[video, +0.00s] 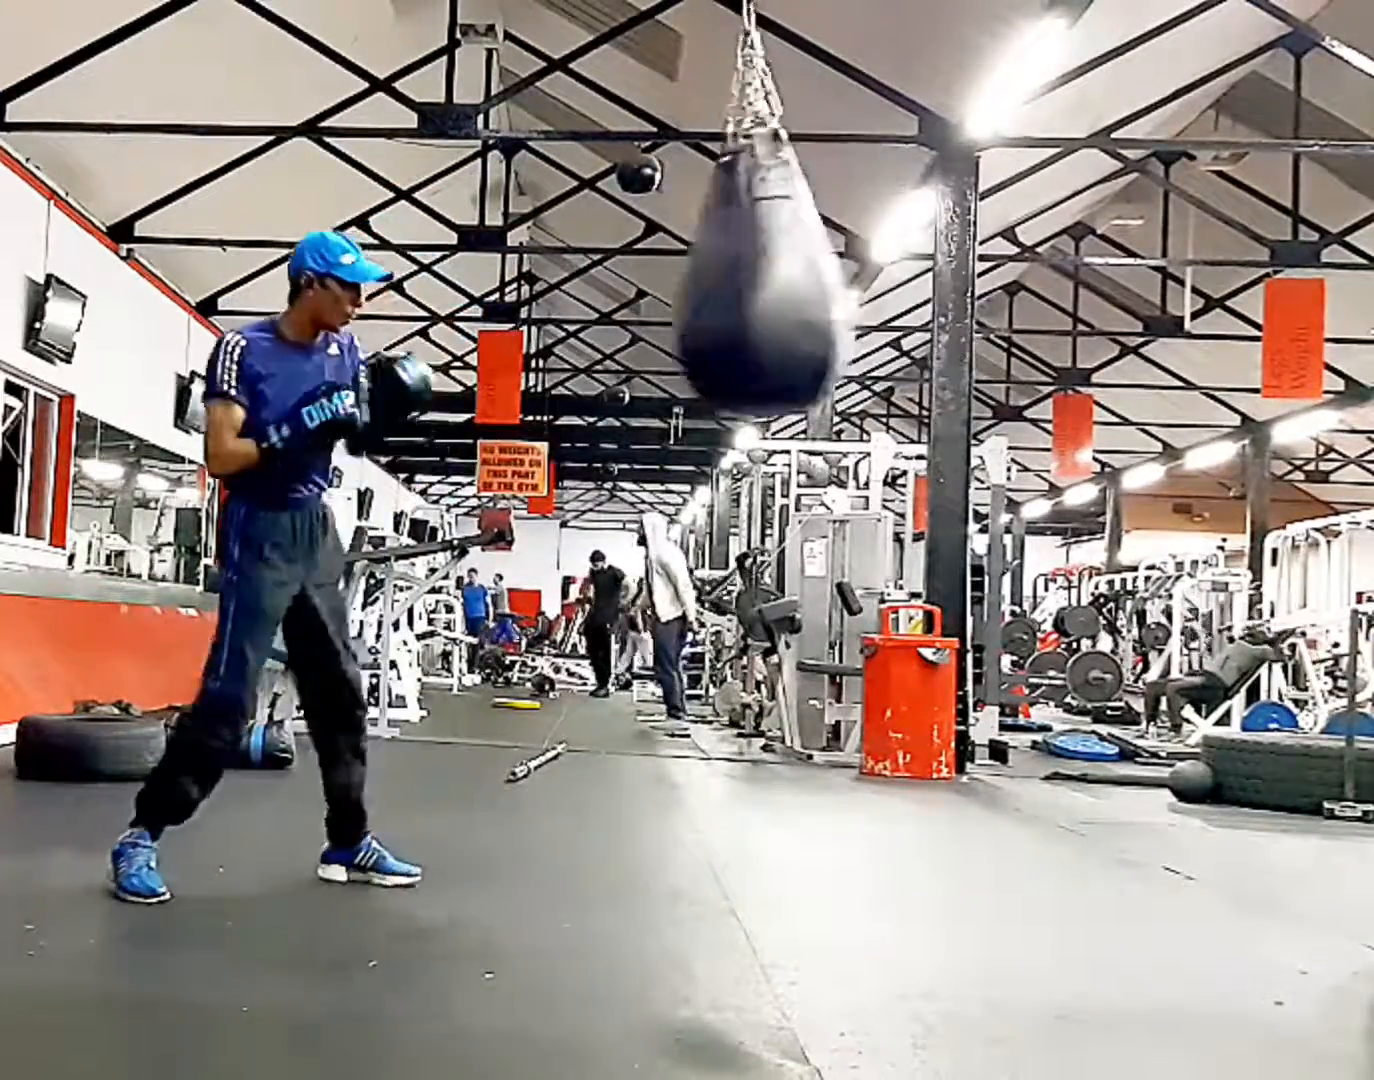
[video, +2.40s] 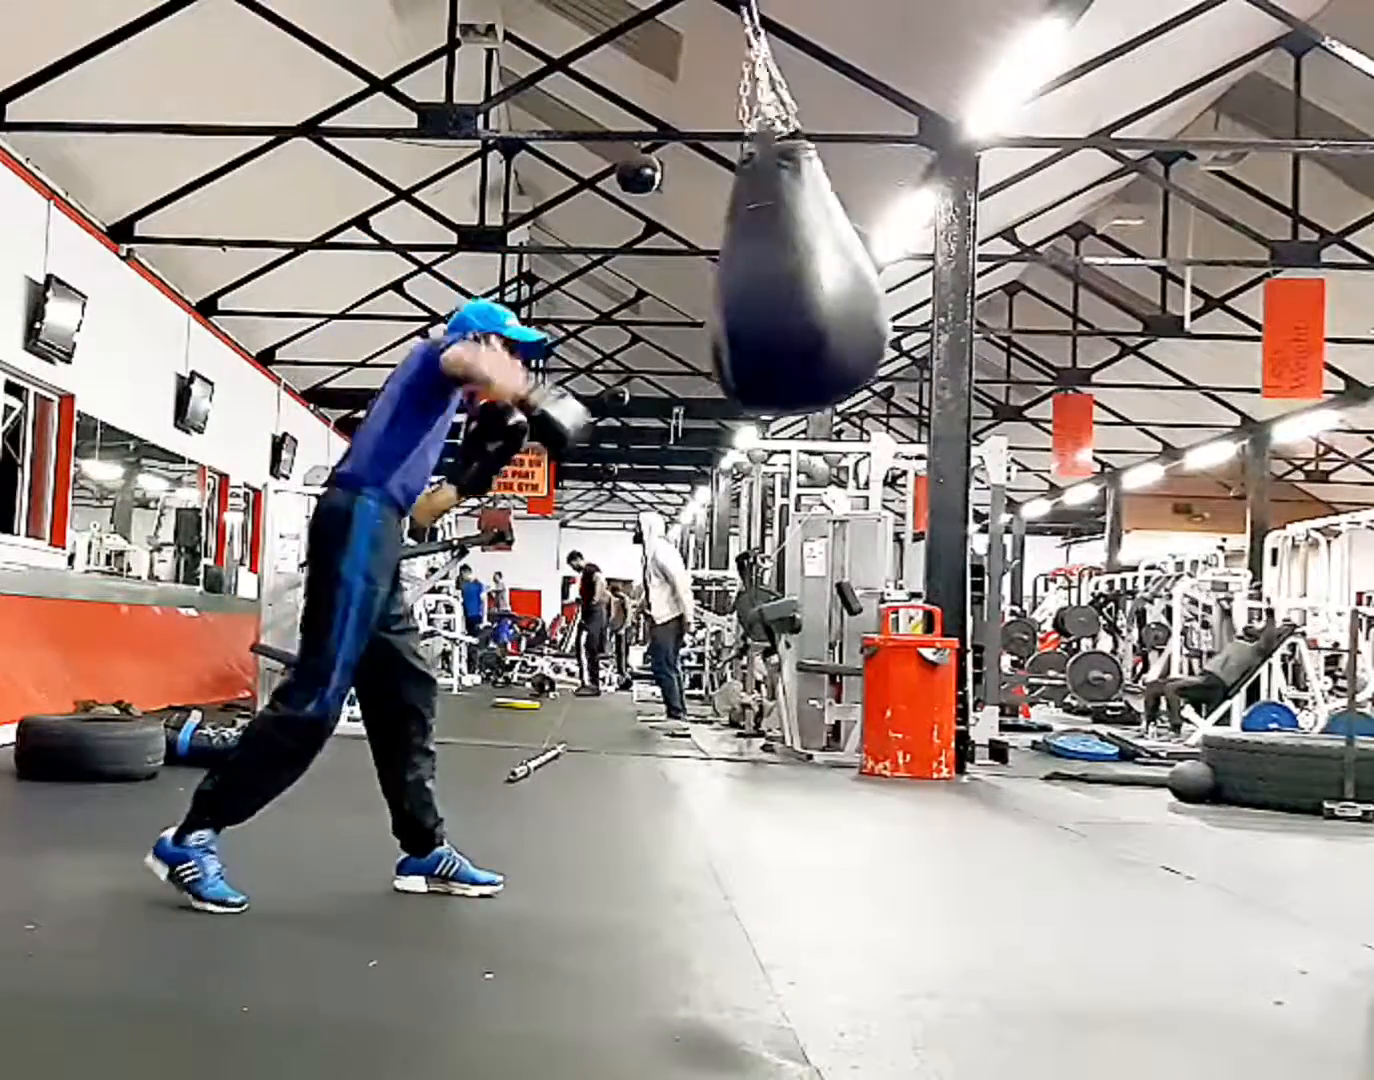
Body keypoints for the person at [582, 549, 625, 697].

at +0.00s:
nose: (596, 568)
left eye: (598, 564)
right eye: (594, 565)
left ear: (604, 562)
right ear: (591, 563)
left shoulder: (614, 574)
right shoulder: (594, 575)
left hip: (605, 619)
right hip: (593, 619)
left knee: (603, 653)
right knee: (594, 652)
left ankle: (603, 684)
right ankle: (600, 683)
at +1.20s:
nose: (588, 565)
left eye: (589, 561)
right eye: (586, 562)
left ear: (595, 558)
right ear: (587, 562)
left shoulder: (606, 570)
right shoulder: (597, 575)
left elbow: (617, 582)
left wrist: (609, 598)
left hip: (606, 616)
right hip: (596, 616)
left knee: (601, 652)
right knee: (594, 652)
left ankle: (603, 685)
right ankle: (594, 683)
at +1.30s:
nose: (587, 565)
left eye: (589, 561)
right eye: (585, 562)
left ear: (595, 558)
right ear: (587, 561)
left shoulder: (605, 571)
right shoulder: (597, 575)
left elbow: (617, 582)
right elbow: (597, 598)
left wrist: (609, 597)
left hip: (602, 615)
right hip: (594, 615)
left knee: (600, 652)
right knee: (593, 652)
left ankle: (603, 684)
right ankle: (593, 683)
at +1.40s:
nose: (587, 563)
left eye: (588, 559)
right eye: (585, 560)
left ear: (593, 558)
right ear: (588, 560)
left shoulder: (602, 574)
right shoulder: (597, 576)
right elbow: (596, 601)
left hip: (601, 617)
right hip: (594, 617)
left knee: (600, 653)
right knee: (594, 653)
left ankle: (602, 685)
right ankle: (594, 684)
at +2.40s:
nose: (573, 568)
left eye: (573, 564)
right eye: (572, 565)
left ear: (579, 559)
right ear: (575, 563)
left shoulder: (591, 570)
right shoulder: (586, 574)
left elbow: (599, 581)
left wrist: (595, 598)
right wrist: (580, 600)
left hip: (594, 612)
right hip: (591, 613)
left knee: (582, 646)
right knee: (591, 649)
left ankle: (587, 683)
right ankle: (593, 683)